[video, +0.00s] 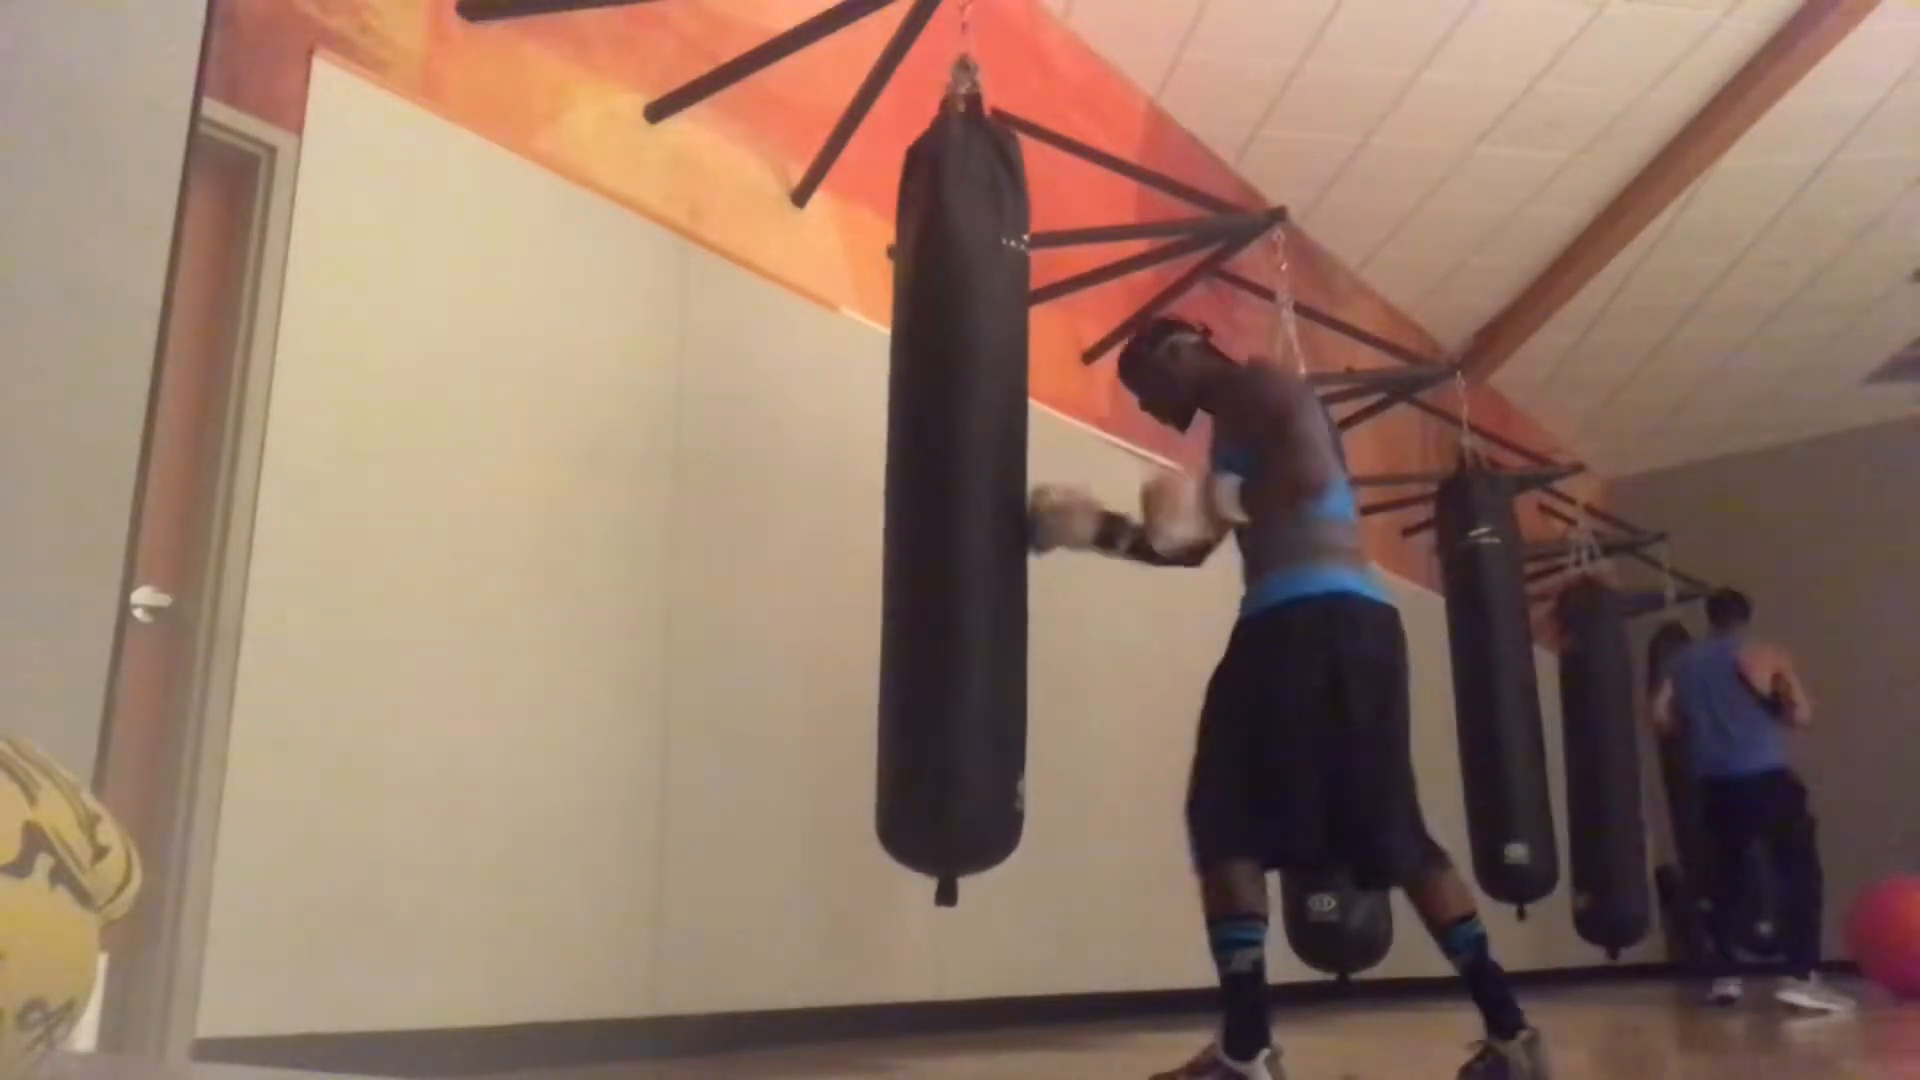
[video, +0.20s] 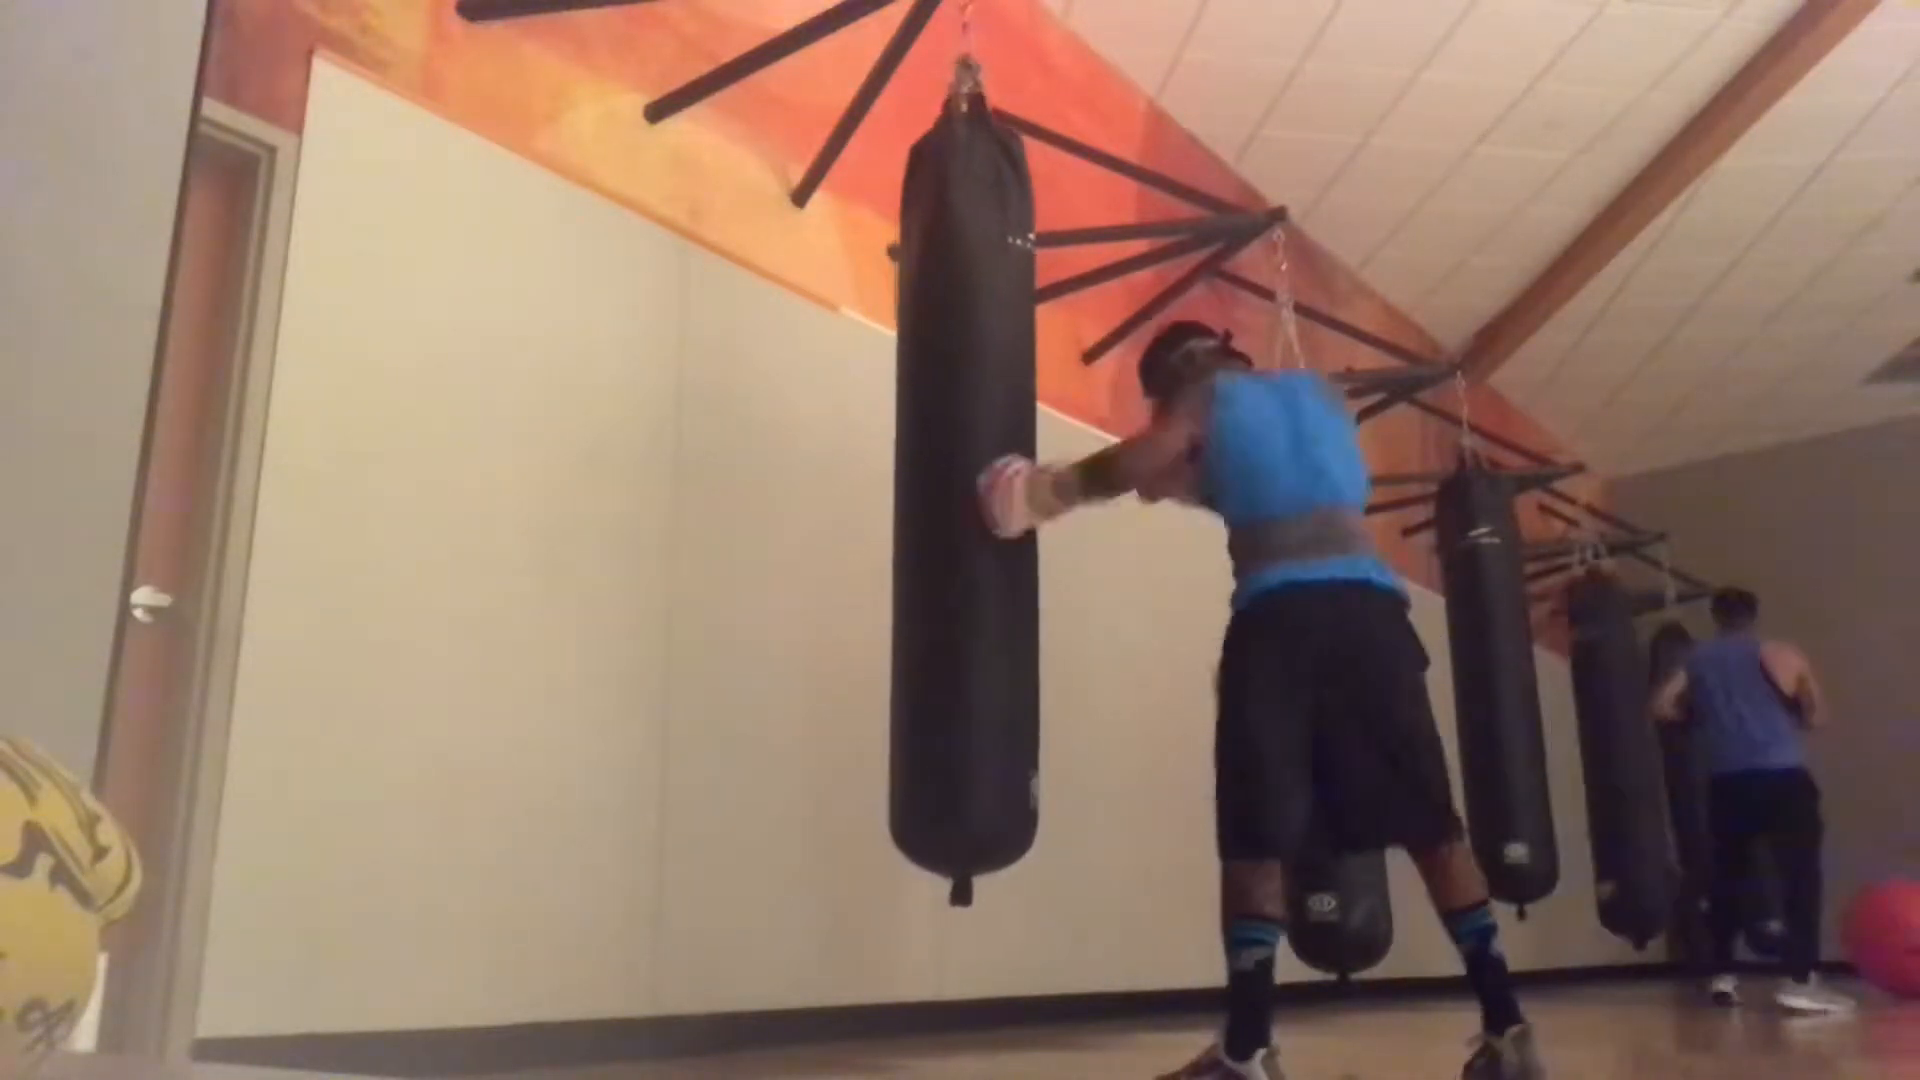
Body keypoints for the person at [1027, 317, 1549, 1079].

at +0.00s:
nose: (1155, 410)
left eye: (1149, 388)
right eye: (1145, 399)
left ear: (1180, 351)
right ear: (1186, 356)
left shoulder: (1255, 380)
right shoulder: (1234, 434)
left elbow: (1312, 472)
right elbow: (1190, 545)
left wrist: (1224, 507)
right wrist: (1100, 530)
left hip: (1292, 630)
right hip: (1362, 628)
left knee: (1222, 827)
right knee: (1395, 832)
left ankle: (1245, 1047)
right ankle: (1508, 1028)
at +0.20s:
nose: (1169, 412)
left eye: (1167, 398)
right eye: (1167, 400)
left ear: (1185, 376)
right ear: (1231, 354)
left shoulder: (1202, 396)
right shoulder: (1321, 393)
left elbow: (1134, 465)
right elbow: (1271, 481)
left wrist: (1054, 485)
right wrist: (1183, 478)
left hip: (1276, 631)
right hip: (1374, 624)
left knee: (1254, 841)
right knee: (1433, 828)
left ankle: (1246, 1048)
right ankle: (1508, 1025)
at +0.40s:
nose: (1194, 417)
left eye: (1185, 397)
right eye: (1184, 405)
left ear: (1203, 363)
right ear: (1241, 347)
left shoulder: (1236, 380)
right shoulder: (1332, 401)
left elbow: (1258, 464)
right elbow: (1295, 532)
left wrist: (1192, 500)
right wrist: (1208, 507)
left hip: (1300, 625)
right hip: (1389, 620)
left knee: (1262, 831)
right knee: (1419, 827)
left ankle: (1247, 1044)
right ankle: (1506, 1032)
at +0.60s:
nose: (1200, 414)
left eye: (1196, 395)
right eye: (1193, 403)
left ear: (1219, 361)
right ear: (1255, 347)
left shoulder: (1262, 384)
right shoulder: (1347, 406)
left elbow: (1253, 485)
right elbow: (1297, 531)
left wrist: (1189, 483)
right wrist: (1208, 496)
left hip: (1318, 620)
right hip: (1407, 616)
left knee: (1226, 810)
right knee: (1431, 826)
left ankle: (1226, 1025)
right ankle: (1509, 1036)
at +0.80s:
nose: (1172, 409)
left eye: (1169, 393)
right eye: (1166, 400)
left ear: (1194, 358)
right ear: (1226, 342)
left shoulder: (1230, 380)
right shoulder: (1323, 400)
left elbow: (1142, 488)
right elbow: (1286, 514)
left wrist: (1068, 497)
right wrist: (1194, 513)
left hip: (1285, 633)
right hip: (1380, 633)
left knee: (1230, 833)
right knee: (1427, 834)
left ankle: (1230, 1044)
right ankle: (1503, 1034)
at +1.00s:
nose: (1139, 411)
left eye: (1128, 389)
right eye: (1125, 399)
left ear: (1154, 346)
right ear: (1169, 339)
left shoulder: (1225, 378)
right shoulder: (1270, 387)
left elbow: (1222, 513)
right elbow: (1236, 525)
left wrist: (1154, 488)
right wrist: (1143, 522)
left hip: (1292, 623)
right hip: (1364, 617)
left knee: (1249, 830)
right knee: (1398, 824)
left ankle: (1235, 1046)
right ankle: (1508, 1019)